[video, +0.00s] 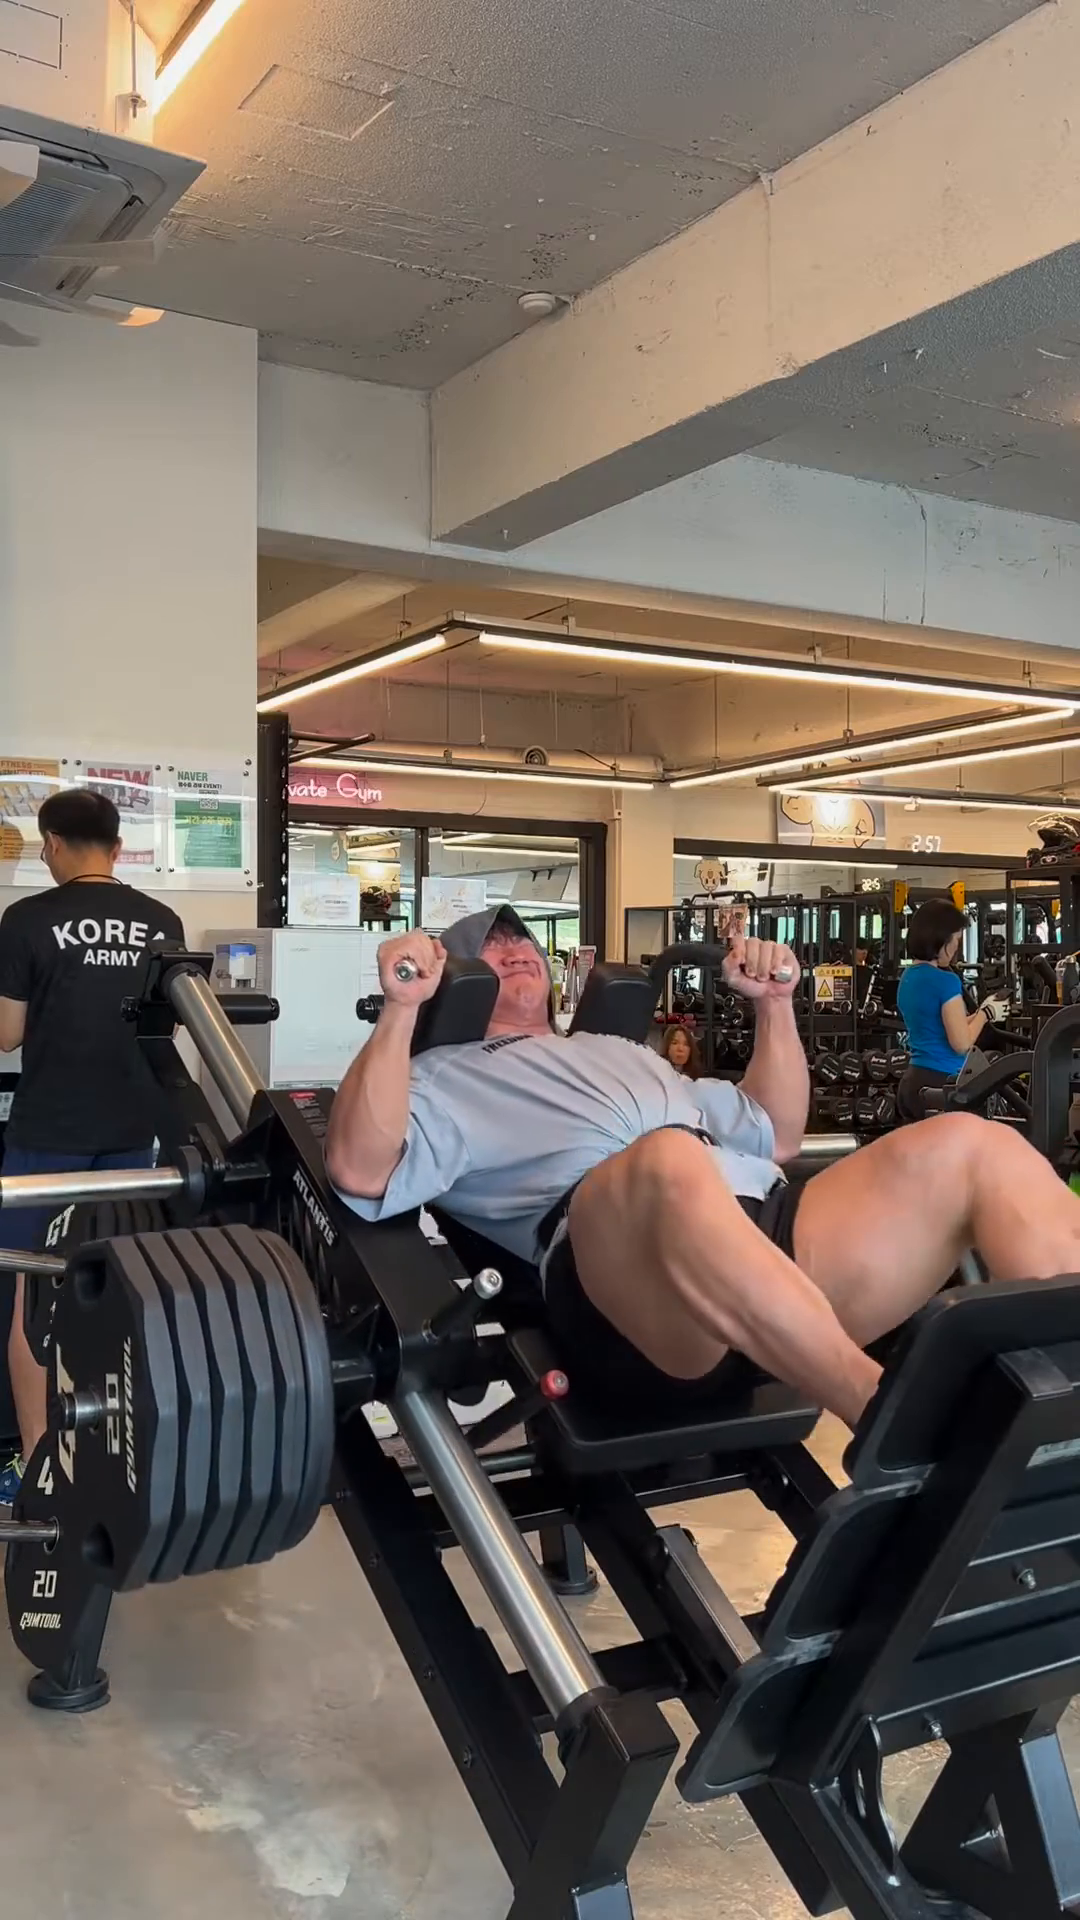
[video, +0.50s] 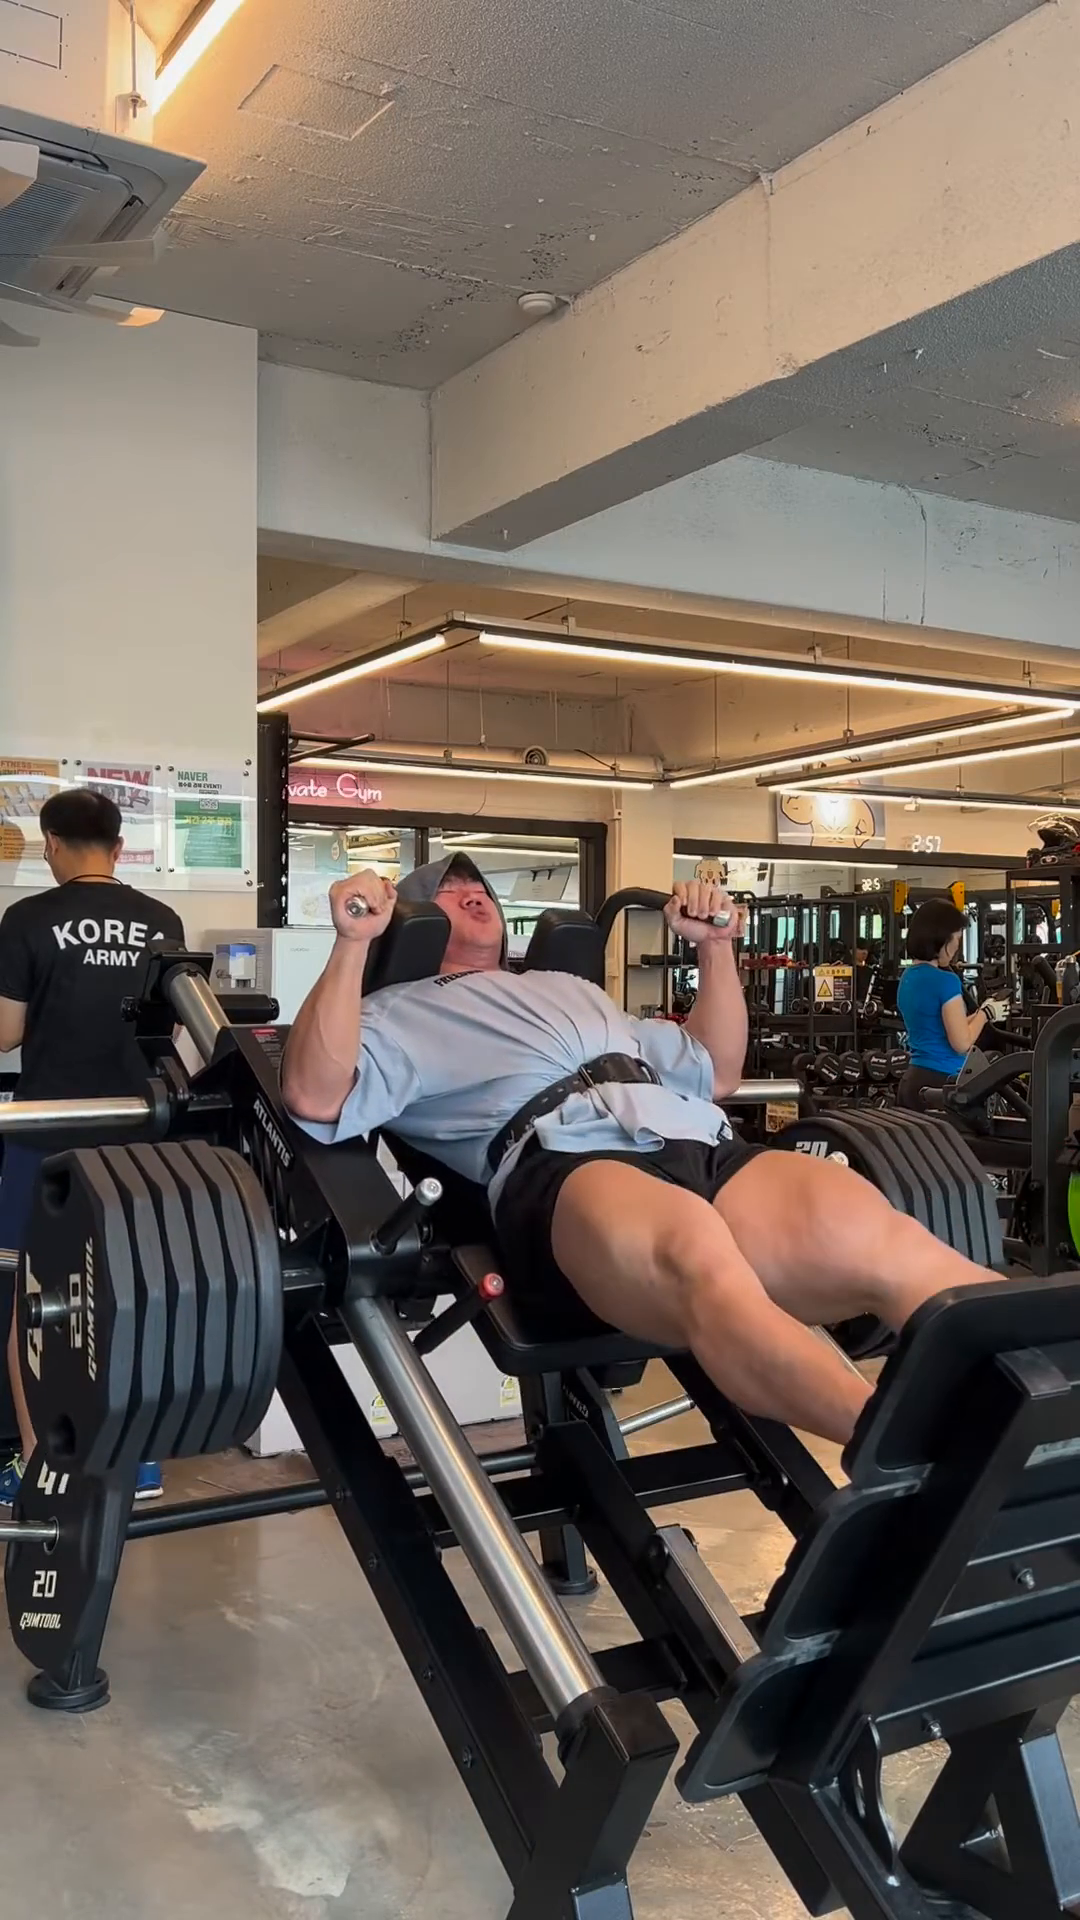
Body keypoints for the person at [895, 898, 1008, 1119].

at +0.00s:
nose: (957, 947)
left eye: (958, 941)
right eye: (956, 940)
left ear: (922, 936)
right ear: (942, 941)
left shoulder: (908, 978)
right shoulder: (946, 981)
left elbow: (933, 1032)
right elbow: (961, 1043)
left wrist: (976, 1014)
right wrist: (986, 1014)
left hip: (915, 1078)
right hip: (947, 1085)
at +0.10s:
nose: (957, 947)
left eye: (958, 940)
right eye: (956, 940)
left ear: (923, 936)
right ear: (943, 941)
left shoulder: (907, 978)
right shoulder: (946, 981)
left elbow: (928, 1033)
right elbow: (961, 1043)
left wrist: (969, 1018)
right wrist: (985, 1013)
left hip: (915, 1078)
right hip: (946, 1084)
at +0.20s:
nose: (957, 947)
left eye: (958, 940)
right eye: (956, 940)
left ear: (923, 936)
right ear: (943, 941)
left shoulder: (908, 978)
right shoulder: (946, 982)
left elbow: (931, 1034)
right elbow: (961, 1043)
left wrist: (977, 1014)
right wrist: (985, 1013)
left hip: (915, 1078)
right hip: (945, 1084)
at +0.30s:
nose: (957, 947)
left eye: (958, 940)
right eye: (956, 940)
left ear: (923, 935)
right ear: (943, 940)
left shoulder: (907, 978)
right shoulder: (946, 981)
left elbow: (931, 1032)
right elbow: (961, 1043)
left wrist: (975, 1015)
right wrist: (987, 1014)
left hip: (913, 1079)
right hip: (945, 1085)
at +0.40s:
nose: (958, 947)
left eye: (958, 940)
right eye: (957, 939)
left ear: (922, 935)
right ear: (943, 941)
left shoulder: (907, 978)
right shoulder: (946, 981)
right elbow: (961, 1042)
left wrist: (974, 1015)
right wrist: (987, 1013)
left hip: (914, 1077)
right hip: (947, 1082)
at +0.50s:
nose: (958, 946)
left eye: (958, 939)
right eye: (957, 939)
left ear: (922, 935)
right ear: (942, 941)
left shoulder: (907, 978)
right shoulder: (946, 981)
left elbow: (929, 1032)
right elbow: (962, 1042)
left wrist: (973, 1016)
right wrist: (988, 1012)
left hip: (914, 1078)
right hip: (946, 1083)